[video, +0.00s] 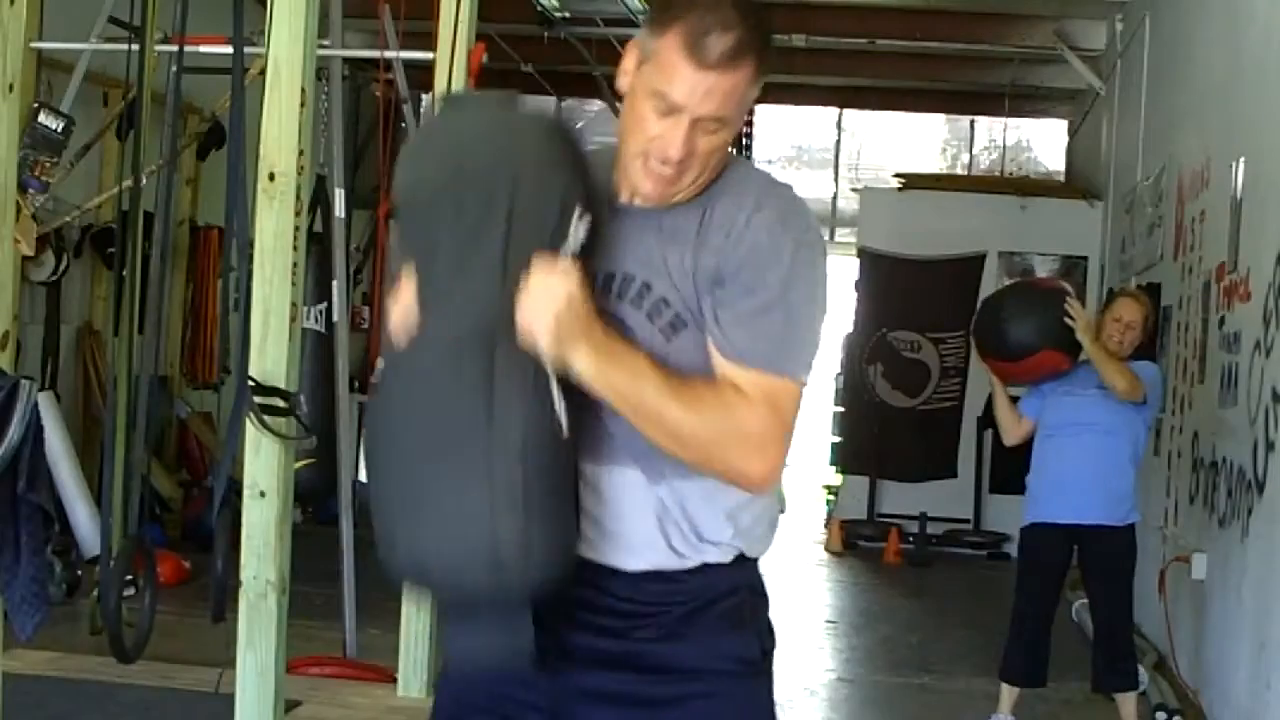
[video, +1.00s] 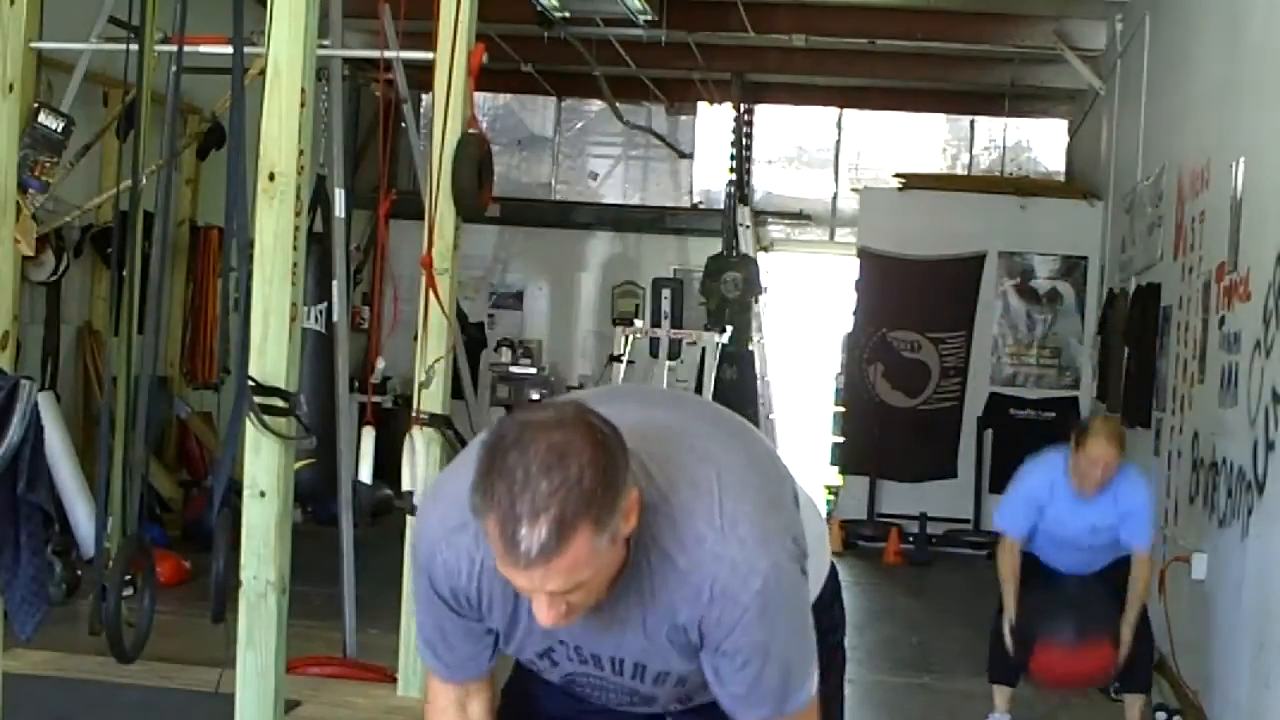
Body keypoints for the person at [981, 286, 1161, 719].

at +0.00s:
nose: (1121, 331)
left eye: (1132, 326)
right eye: (1115, 321)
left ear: (1143, 335)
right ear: (1099, 323)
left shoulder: (1146, 374)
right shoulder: (1054, 376)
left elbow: (1126, 387)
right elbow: (1013, 433)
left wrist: (1088, 339)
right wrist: (998, 379)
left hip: (1111, 520)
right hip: (1047, 517)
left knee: (1114, 622)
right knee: (1030, 616)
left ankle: (1131, 715)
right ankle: (1004, 712)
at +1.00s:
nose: (1098, 475)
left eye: (1108, 466)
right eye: (1091, 463)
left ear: (1119, 463)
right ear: (1075, 454)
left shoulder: (1133, 487)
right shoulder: (1039, 474)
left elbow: (1141, 561)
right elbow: (1009, 542)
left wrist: (1127, 630)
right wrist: (1009, 611)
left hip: (1108, 568)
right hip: (1042, 565)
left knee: (1140, 640)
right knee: (1009, 627)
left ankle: (1135, 713)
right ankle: (1000, 711)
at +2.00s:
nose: (1111, 363)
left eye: (1121, 356)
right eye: (1104, 353)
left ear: (1133, 365)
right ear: (1090, 358)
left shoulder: (1144, 418)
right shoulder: (1055, 407)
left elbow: (1157, 476)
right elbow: (1025, 461)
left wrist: (1123, 471)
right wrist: (1045, 472)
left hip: (1119, 551)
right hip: (1052, 546)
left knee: (1139, 645)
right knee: (1022, 631)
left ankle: (1133, 712)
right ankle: (1003, 712)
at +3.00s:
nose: (1137, 376)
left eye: (1148, 374)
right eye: (1132, 365)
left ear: (1153, 387)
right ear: (1112, 365)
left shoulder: (1152, 426)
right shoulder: (1058, 424)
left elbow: (1113, 421)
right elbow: (1015, 476)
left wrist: (1103, 377)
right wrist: (1017, 414)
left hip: (1113, 567)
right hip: (1046, 561)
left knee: (1140, 657)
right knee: (1012, 643)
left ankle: (1135, 712)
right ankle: (1005, 708)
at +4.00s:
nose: (1109, 322)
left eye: (1119, 317)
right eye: (1102, 314)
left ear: (1131, 328)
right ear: (1086, 321)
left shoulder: (1139, 369)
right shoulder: (1056, 366)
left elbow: (1146, 298)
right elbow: (1025, 308)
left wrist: (1127, 227)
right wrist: (1029, 243)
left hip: (1116, 515)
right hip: (1051, 512)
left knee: (1118, 622)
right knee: (1033, 614)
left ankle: (1132, 716)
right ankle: (1005, 712)